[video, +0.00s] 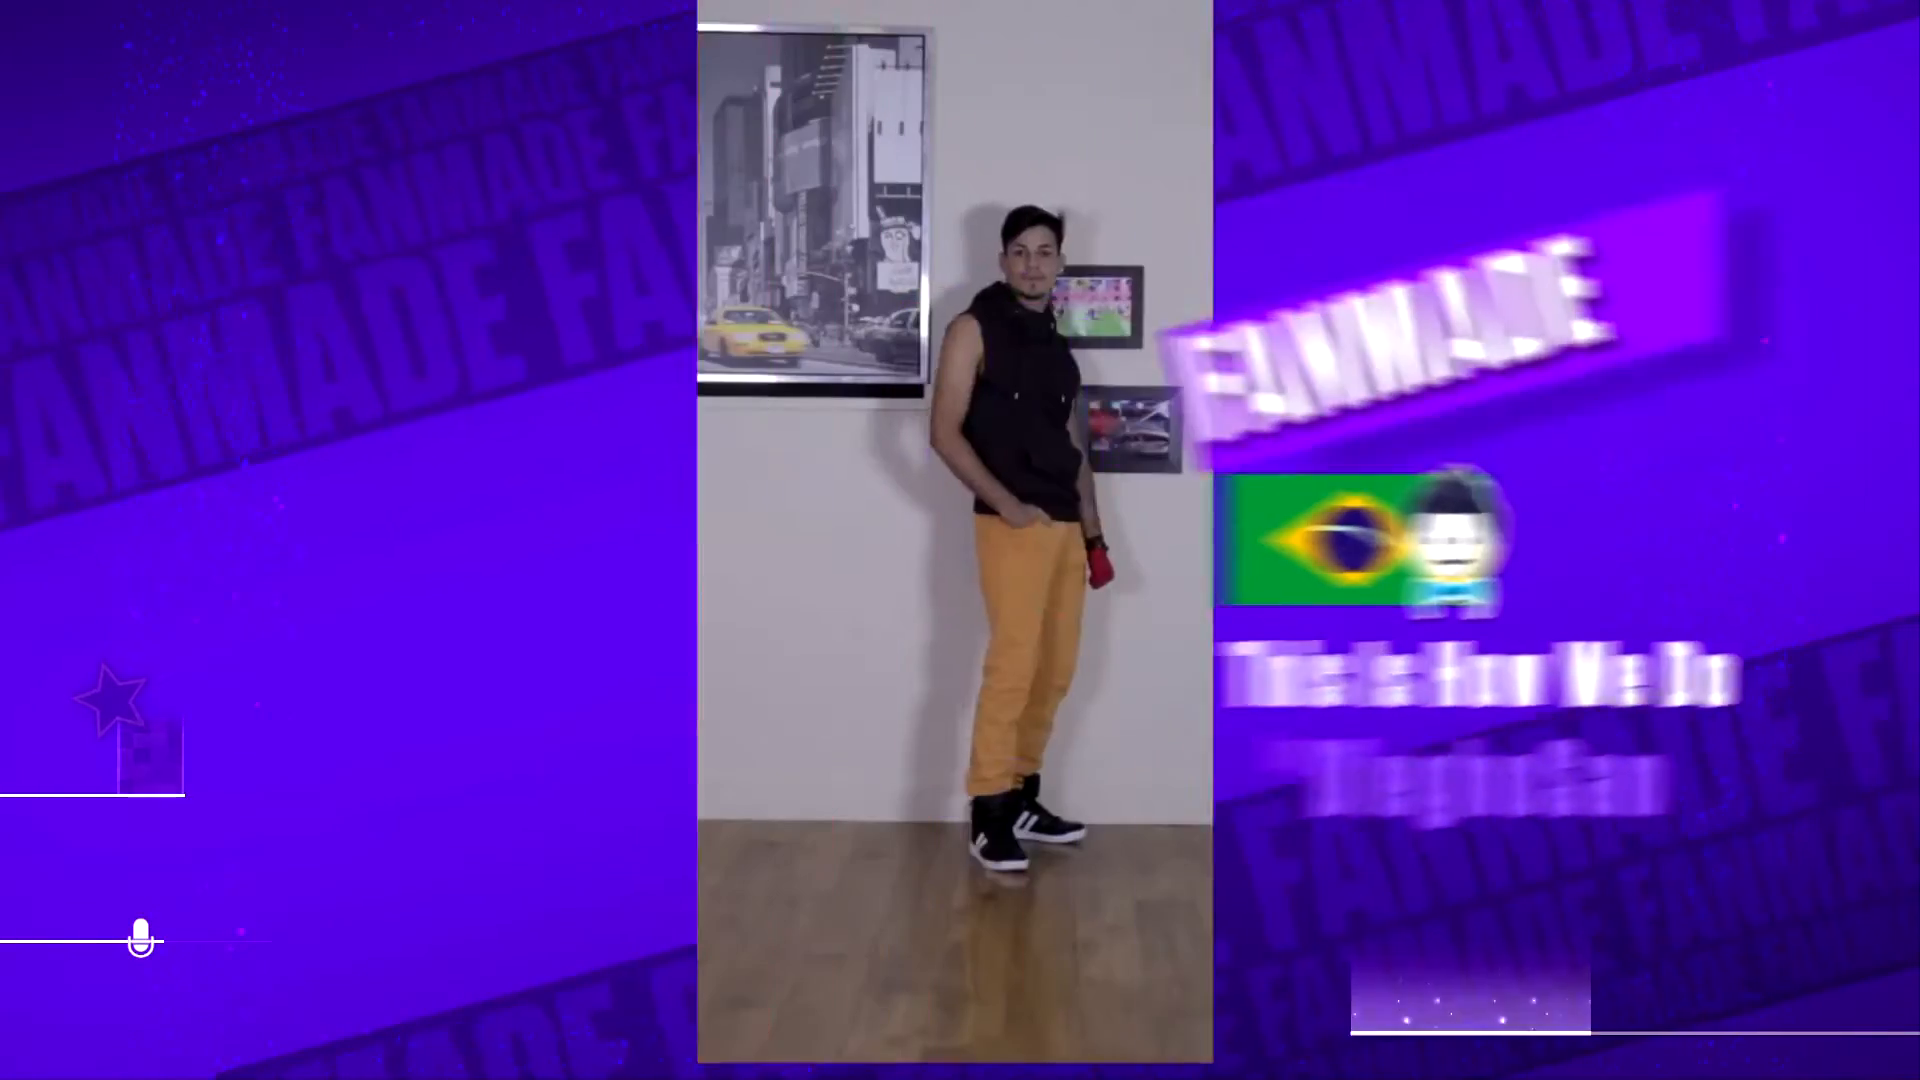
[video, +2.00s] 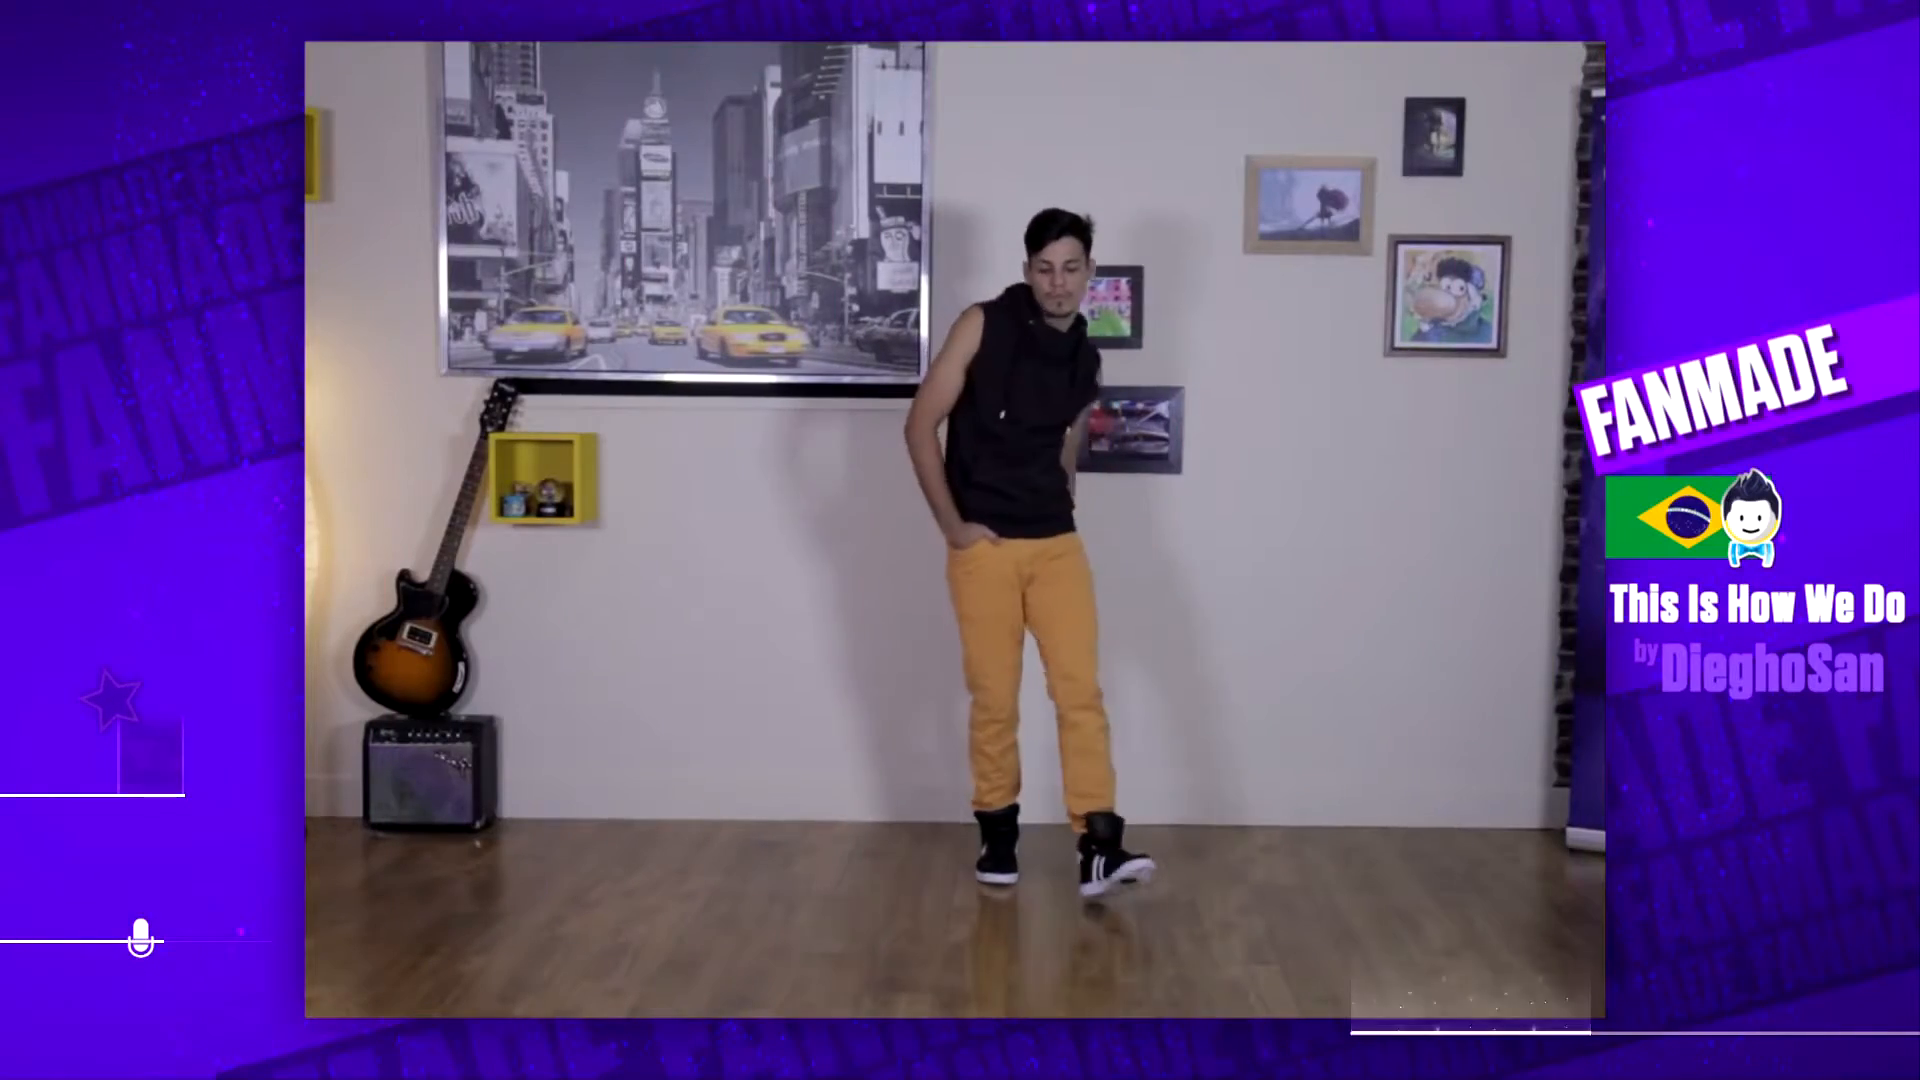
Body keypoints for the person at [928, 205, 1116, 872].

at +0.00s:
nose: (1034, 263)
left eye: (1045, 252)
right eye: (1022, 252)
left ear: (1059, 262)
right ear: (1002, 259)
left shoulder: (1055, 342)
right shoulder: (974, 328)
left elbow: (1075, 447)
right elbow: (943, 434)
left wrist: (1093, 534)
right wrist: (1007, 504)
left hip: (1068, 523)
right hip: (1013, 523)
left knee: (1053, 671)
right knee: (1011, 668)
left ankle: (1021, 803)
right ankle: (989, 817)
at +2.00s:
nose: (1057, 281)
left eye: (1071, 268)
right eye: (1045, 268)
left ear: (1089, 273)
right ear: (1027, 269)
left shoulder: (1084, 356)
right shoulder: (983, 325)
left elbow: (1069, 445)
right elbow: (920, 427)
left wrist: (1060, 511)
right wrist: (954, 527)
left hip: (1056, 543)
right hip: (985, 545)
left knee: (1079, 692)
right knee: (995, 699)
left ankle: (1099, 847)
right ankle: (998, 839)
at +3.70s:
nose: (1117, 253)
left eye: (1135, 241)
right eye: (1108, 238)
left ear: (1163, 250)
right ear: (1096, 242)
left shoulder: (1173, 339)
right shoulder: (1047, 315)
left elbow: (1215, 449)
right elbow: (989, 431)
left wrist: (1265, 541)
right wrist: (1030, 528)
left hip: (1142, 552)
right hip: (1062, 549)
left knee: (1117, 717)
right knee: (1047, 713)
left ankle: (1100, 872)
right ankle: (1039, 825)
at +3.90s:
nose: (1129, 252)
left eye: (1147, 240)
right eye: (1121, 236)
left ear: (1175, 254)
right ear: (1107, 240)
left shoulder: (1174, 347)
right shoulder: (1054, 310)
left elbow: (1198, 459)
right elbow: (985, 420)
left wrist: (1228, 561)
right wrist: (1029, 523)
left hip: (1134, 557)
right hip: (1053, 550)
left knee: (1115, 720)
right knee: (1034, 714)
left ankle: (1099, 878)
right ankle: (1017, 881)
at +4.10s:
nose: (1116, 240)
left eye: (1134, 230)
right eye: (1107, 227)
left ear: (1162, 246)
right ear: (1092, 234)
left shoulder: (1163, 348)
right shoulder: (1043, 306)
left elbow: (1163, 462)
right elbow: (977, 420)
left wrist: (1171, 571)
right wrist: (1019, 524)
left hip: (1126, 561)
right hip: (1042, 553)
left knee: (1107, 726)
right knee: (1010, 722)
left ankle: (1096, 875)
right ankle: (969, 890)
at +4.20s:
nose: (1090, 236)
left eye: (1107, 225)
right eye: (1081, 223)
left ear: (1137, 240)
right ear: (1068, 233)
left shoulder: (1146, 345)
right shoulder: (1020, 309)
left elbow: (1152, 463)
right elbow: (963, 428)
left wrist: (1155, 563)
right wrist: (1005, 530)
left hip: (1117, 561)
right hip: (1030, 556)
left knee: (1104, 730)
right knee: (999, 729)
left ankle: (1096, 877)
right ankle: (967, 896)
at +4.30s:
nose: (1070, 230)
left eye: (1087, 219)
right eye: (1061, 217)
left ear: (1116, 235)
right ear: (1046, 229)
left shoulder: (1134, 342)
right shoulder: (999, 313)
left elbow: (1154, 465)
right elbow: (946, 432)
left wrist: (1128, 527)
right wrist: (986, 530)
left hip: (1107, 558)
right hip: (1021, 556)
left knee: (1116, 727)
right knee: (994, 731)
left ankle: (1101, 875)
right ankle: (965, 897)